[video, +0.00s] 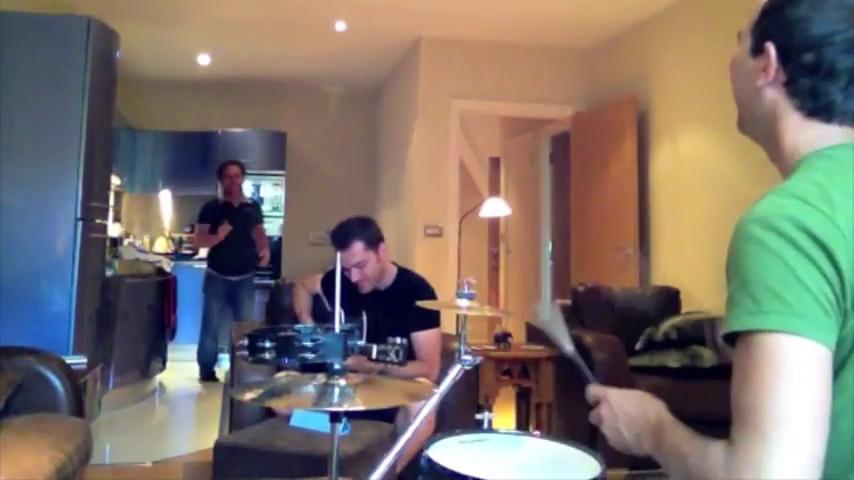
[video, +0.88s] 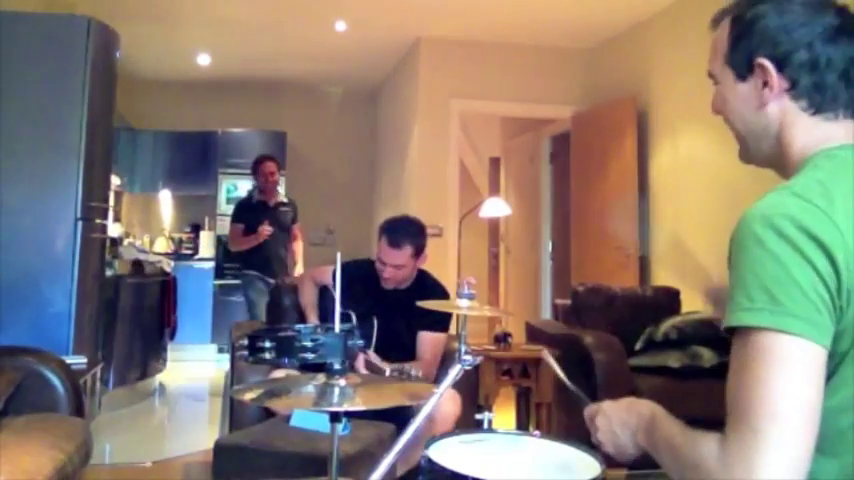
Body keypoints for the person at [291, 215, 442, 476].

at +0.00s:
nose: (354, 277)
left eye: (361, 266)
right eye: (347, 269)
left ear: (382, 252)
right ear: (341, 263)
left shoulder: (416, 291)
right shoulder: (340, 281)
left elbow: (429, 370)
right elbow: (301, 287)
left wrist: (373, 368)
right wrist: (306, 325)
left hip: (396, 389)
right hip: (342, 384)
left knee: (423, 412)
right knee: (282, 401)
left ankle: (384, 474)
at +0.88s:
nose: (387, 273)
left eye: (397, 267)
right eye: (381, 263)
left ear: (420, 261)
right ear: (376, 250)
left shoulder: (433, 296)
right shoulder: (358, 272)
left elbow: (427, 370)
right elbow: (308, 278)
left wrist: (384, 369)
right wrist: (314, 325)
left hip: (399, 387)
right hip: (346, 379)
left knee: (448, 404)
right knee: (279, 384)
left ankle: (394, 470)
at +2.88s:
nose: (361, 277)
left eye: (371, 267)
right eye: (353, 267)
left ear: (390, 257)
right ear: (345, 257)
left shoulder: (413, 295)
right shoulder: (335, 278)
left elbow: (424, 371)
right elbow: (294, 286)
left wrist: (369, 367)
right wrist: (305, 330)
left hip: (389, 390)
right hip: (336, 383)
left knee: (439, 404)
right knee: (280, 389)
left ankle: (389, 473)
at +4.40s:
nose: (354, 284)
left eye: (362, 274)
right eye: (348, 275)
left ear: (385, 261)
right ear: (340, 265)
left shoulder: (412, 295)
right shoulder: (334, 279)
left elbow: (422, 368)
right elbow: (294, 287)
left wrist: (367, 367)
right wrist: (306, 333)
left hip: (389, 387)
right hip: (335, 381)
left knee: (438, 404)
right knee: (280, 389)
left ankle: (388, 473)